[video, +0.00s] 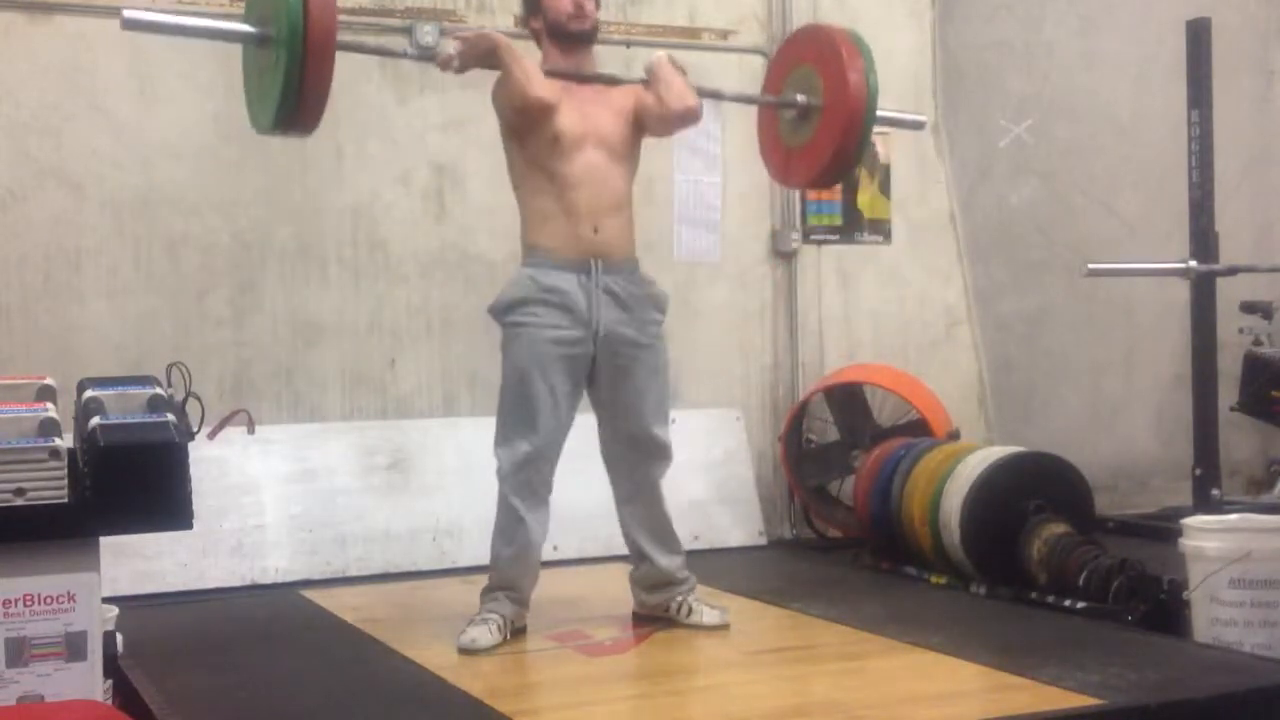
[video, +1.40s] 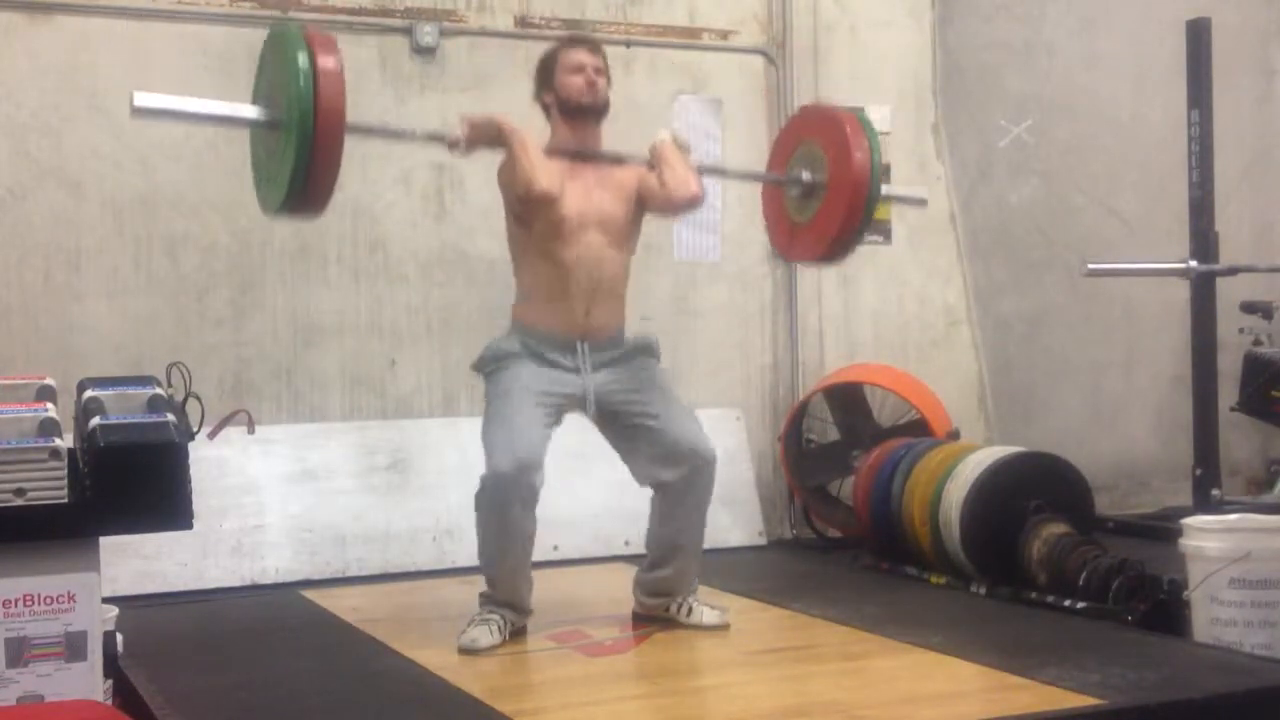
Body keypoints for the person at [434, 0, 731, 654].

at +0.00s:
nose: (581, 5)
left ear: (599, 15)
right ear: (537, 14)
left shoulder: (630, 95)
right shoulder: (524, 91)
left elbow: (683, 109)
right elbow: (531, 100)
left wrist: (660, 62)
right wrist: (501, 49)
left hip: (628, 290)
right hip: (547, 288)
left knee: (644, 447)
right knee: (527, 452)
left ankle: (661, 590)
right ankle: (504, 602)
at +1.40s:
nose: (591, 80)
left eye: (600, 72)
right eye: (576, 71)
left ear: (610, 91)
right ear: (548, 90)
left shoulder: (632, 173)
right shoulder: (529, 164)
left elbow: (686, 193)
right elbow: (533, 189)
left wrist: (664, 143)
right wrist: (509, 133)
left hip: (619, 360)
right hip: (533, 358)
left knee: (692, 457)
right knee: (509, 469)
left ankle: (663, 594)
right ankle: (502, 607)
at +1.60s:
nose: (595, 146)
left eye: (603, 140)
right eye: (580, 139)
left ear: (613, 159)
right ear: (551, 160)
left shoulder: (636, 241)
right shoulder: (528, 236)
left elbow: (689, 269)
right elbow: (544, 268)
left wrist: (669, 215)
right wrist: (513, 206)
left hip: (617, 410)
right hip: (533, 410)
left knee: (702, 469)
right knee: (504, 487)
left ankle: (662, 597)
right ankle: (503, 610)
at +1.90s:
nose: (597, 243)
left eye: (606, 236)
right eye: (583, 236)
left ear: (616, 253)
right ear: (553, 258)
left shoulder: (638, 337)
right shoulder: (531, 334)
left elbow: (691, 368)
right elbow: (553, 370)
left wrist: (672, 311)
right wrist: (514, 307)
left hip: (622, 498)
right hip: (548, 502)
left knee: (711, 474)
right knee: (501, 491)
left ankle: (662, 596)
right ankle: (504, 611)